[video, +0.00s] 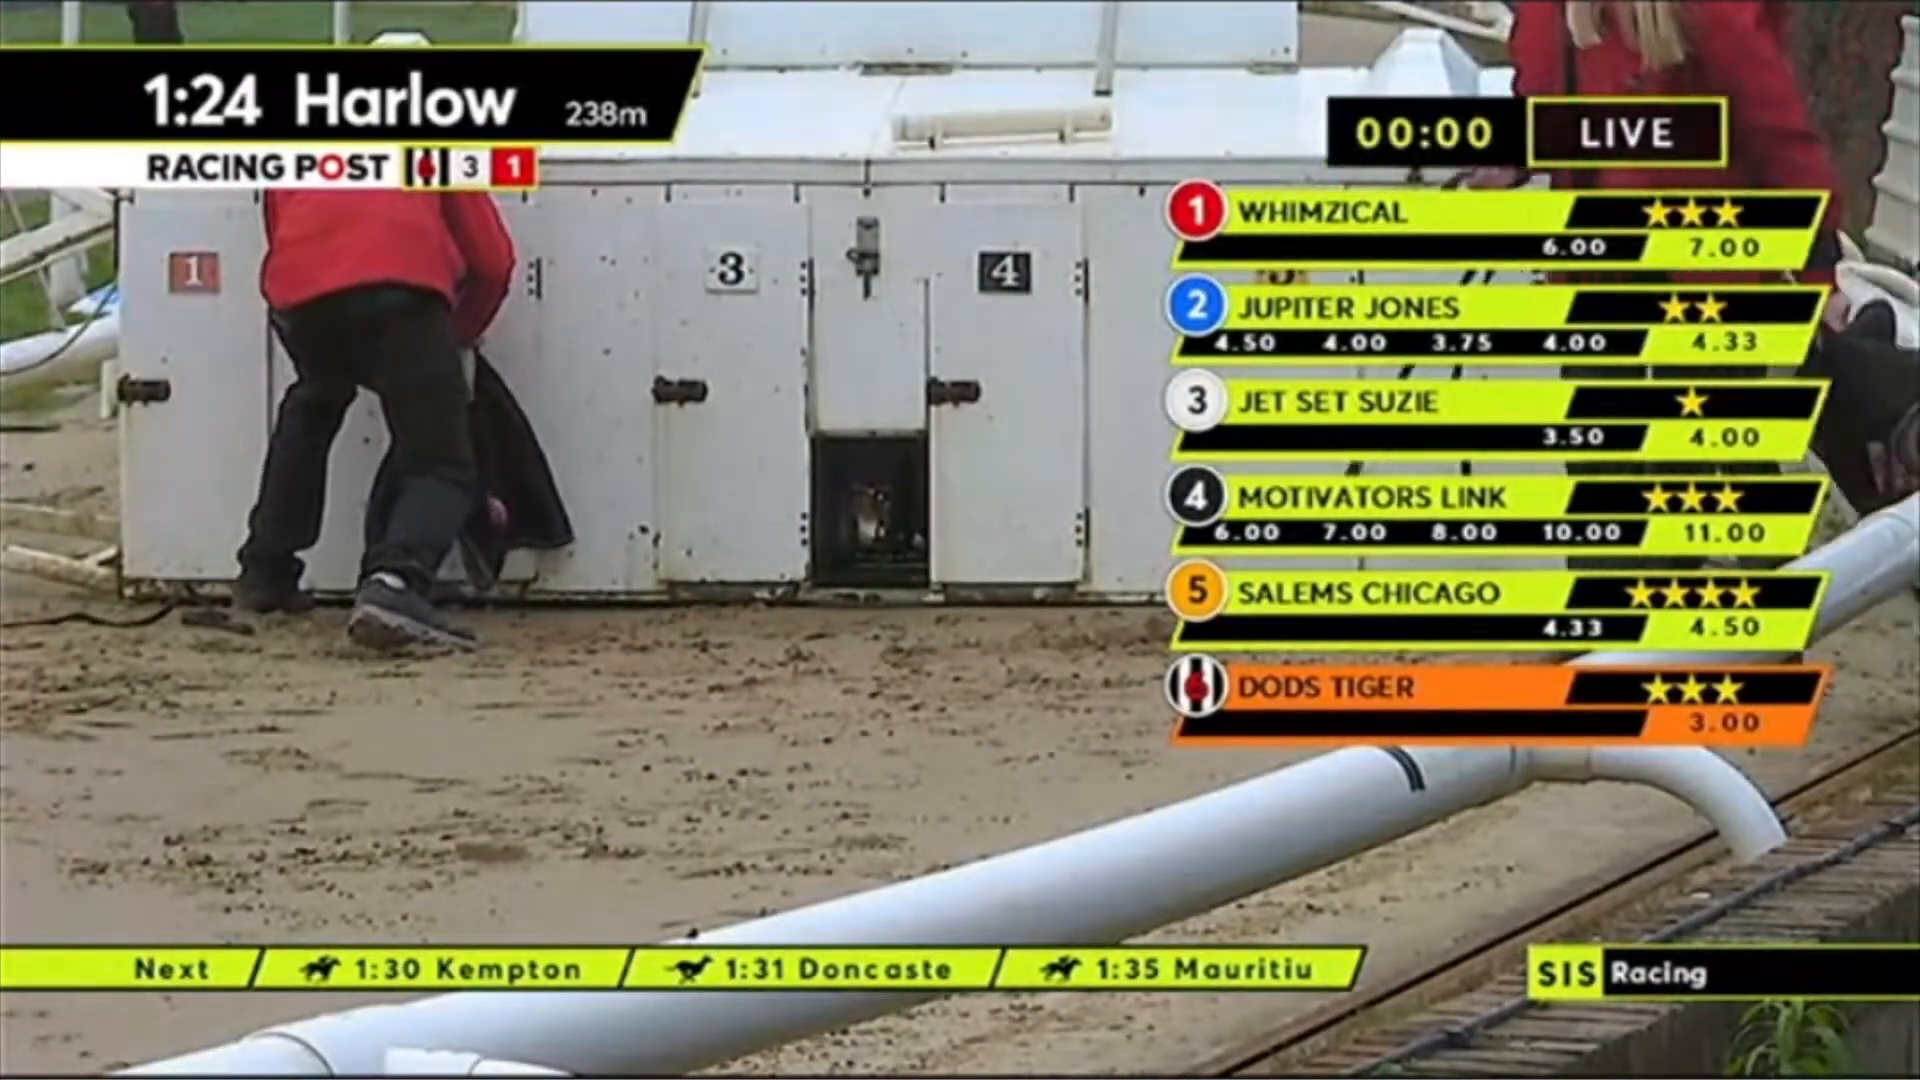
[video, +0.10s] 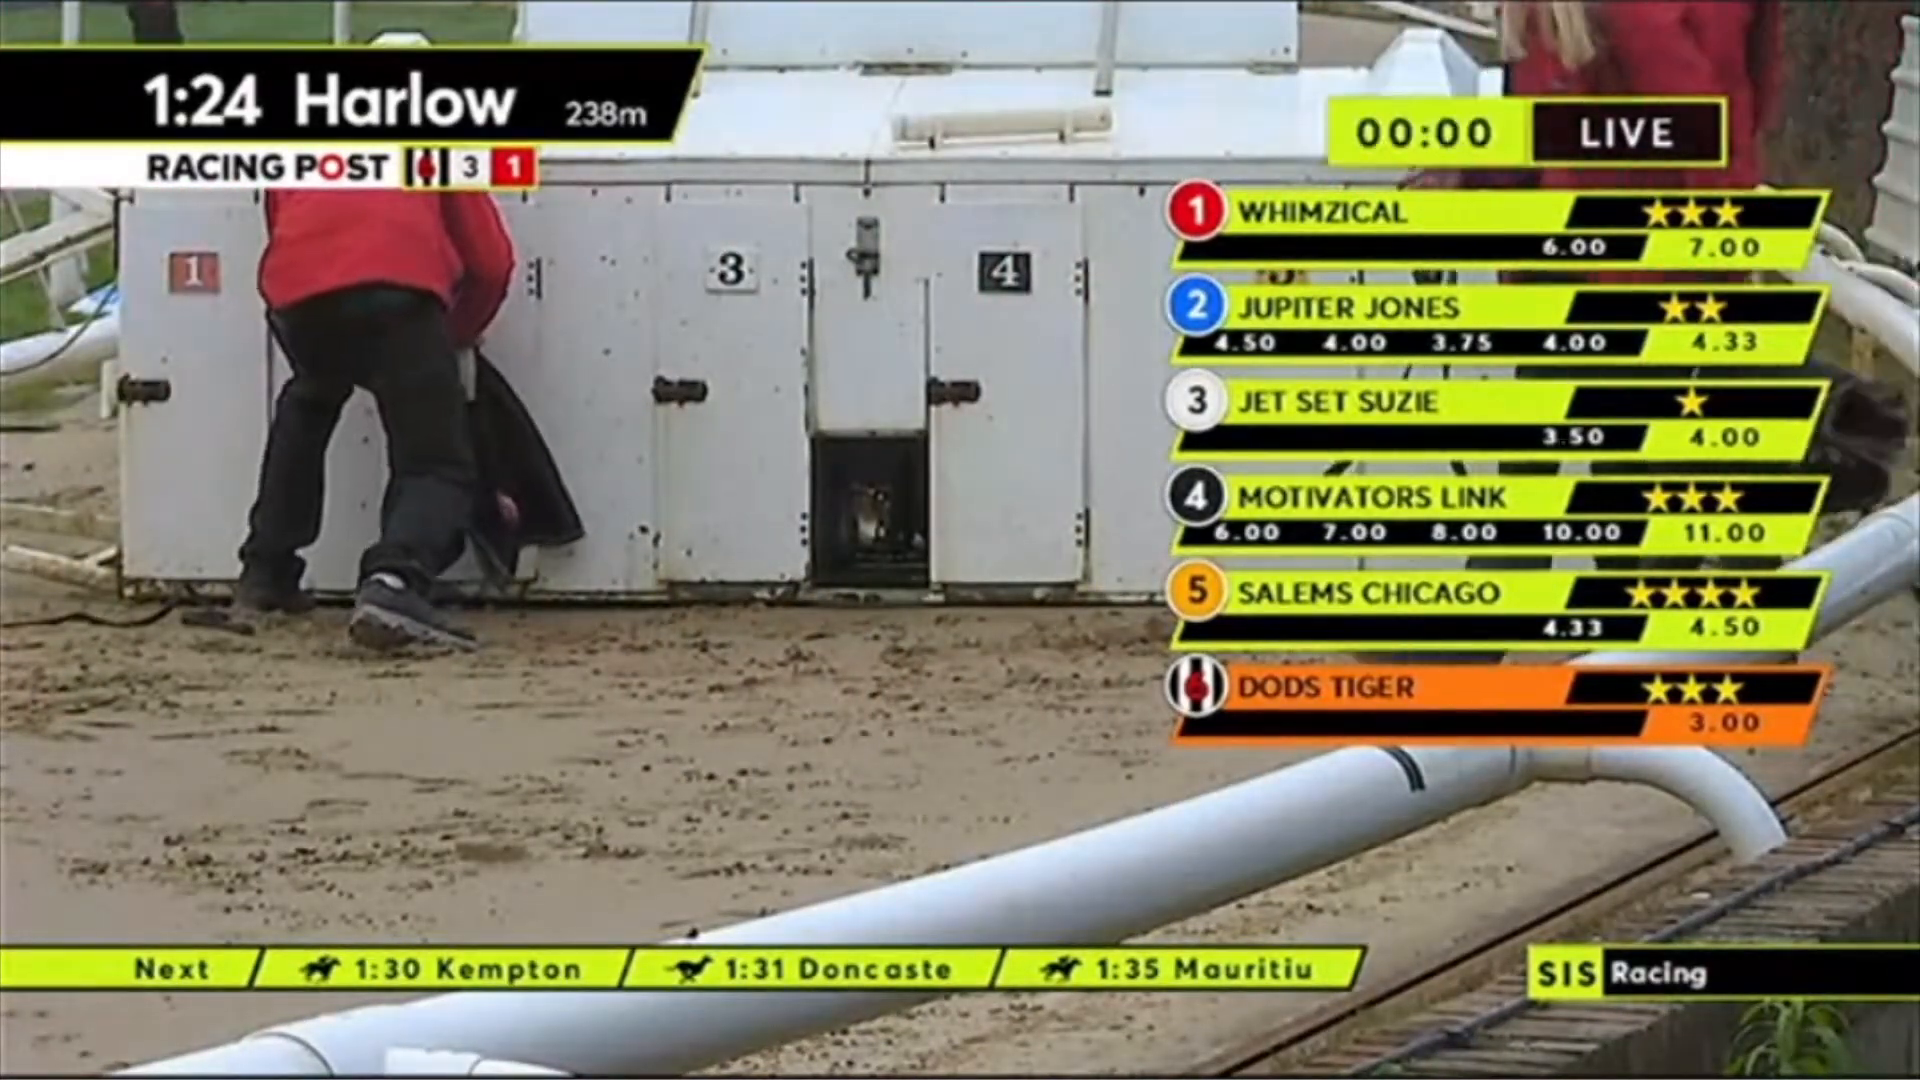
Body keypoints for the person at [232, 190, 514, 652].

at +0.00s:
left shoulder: (289, 166)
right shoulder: (434, 160)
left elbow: (281, 239)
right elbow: (495, 262)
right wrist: (450, 335)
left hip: (300, 295)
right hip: (400, 286)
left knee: (318, 391)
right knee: (440, 465)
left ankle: (265, 571)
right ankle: (394, 584)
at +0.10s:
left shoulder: (292, 163)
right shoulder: (435, 160)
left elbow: (281, 232)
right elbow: (493, 264)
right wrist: (448, 334)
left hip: (296, 294)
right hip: (397, 288)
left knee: (313, 388)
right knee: (436, 466)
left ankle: (266, 571)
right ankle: (394, 583)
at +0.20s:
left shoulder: (293, 164)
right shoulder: (437, 159)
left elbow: (281, 233)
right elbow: (491, 263)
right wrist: (454, 333)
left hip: (293, 285)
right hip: (394, 281)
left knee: (309, 387)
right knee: (423, 460)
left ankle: (268, 573)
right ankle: (394, 583)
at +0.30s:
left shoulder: (300, 163)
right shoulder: (440, 161)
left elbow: (273, 243)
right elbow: (488, 260)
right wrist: (457, 330)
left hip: (291, 271)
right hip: (389, 269)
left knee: (306, 383)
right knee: (417, 448)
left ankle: (271, 570)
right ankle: (396, 579)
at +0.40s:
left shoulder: (279, 175)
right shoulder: (437, 160)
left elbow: (257, 283)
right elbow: (492, 253)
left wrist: (298, 382)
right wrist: (461, 325)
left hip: (301, 256)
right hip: (401, 250)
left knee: (304, 403)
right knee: (413, 431)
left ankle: (272, 575)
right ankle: (403, 573)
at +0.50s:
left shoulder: (269, 176)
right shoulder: (432, 157)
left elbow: (238, 286)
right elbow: (503, 235)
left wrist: (263, 414)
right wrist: (456, 316)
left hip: (308, 248)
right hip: (410, 234)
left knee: (321, 388)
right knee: (414, 416)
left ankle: (289, 574)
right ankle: (411, 571)